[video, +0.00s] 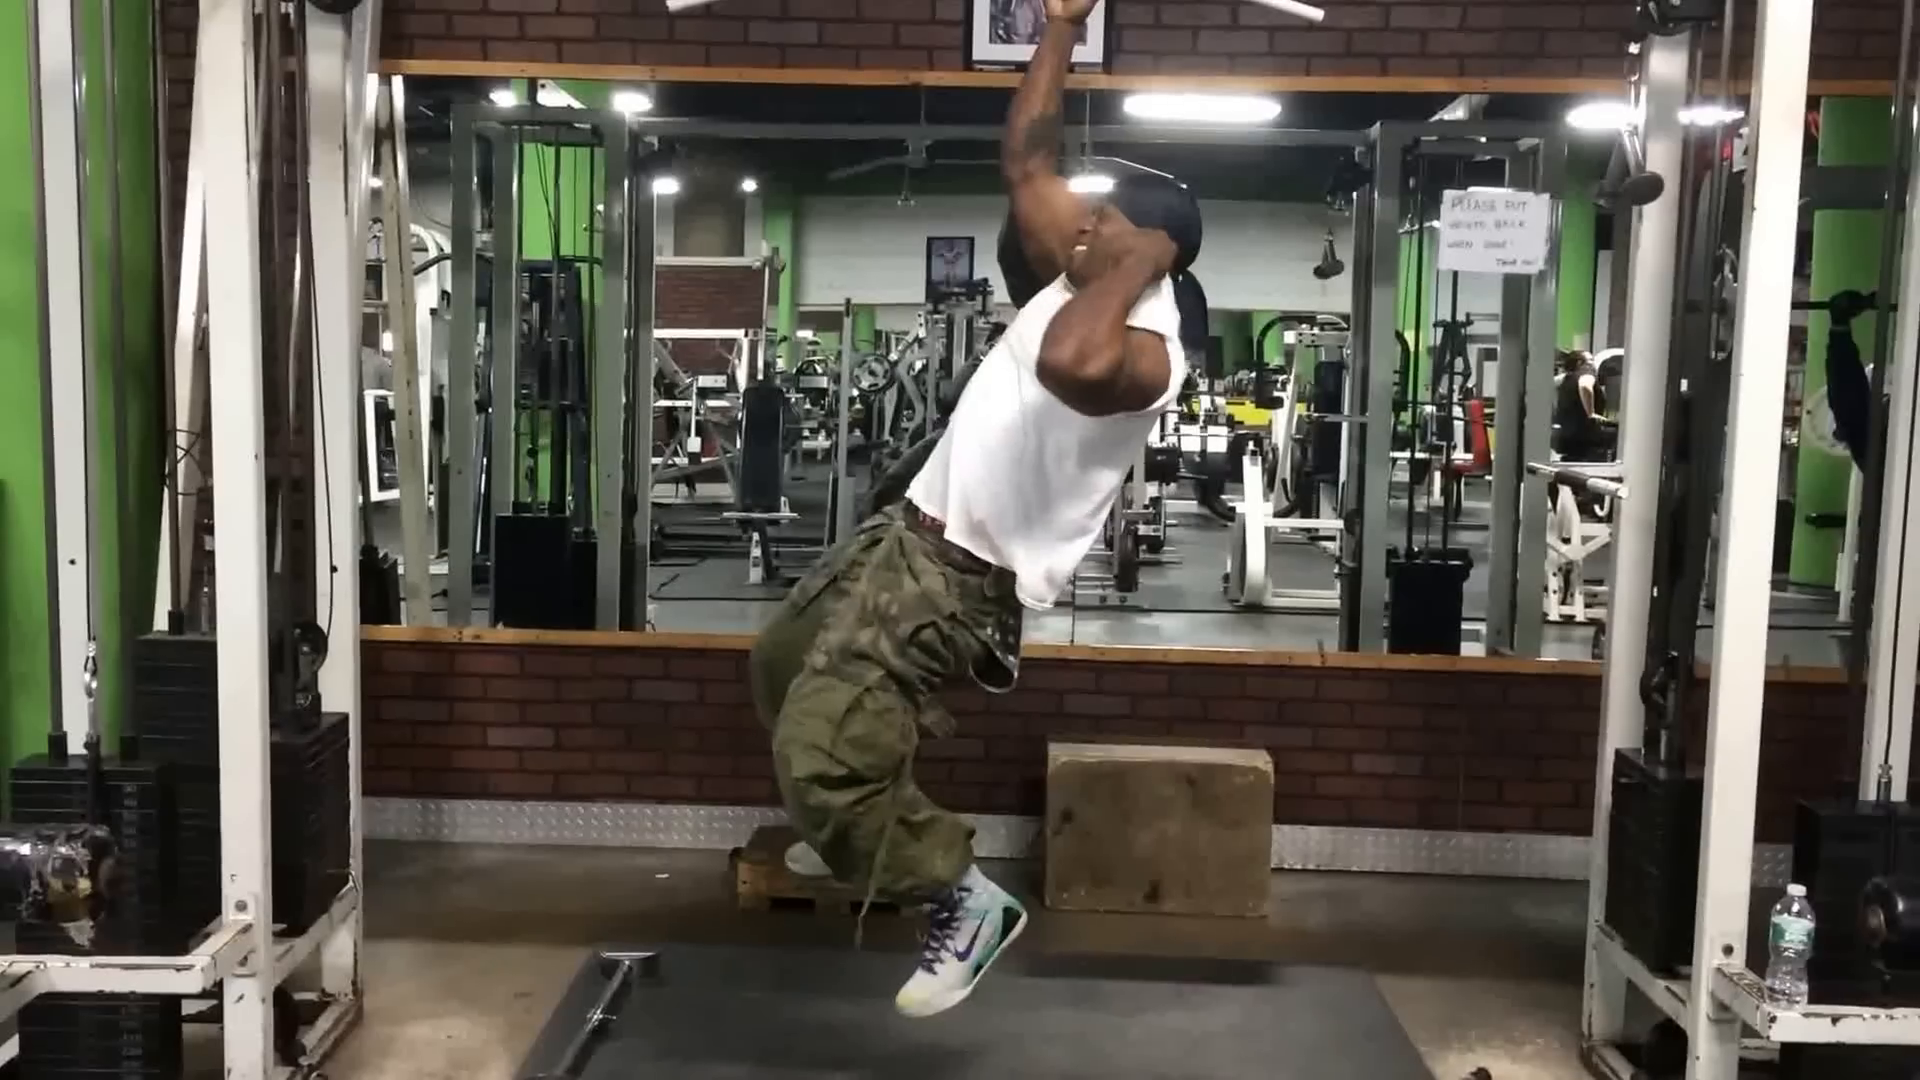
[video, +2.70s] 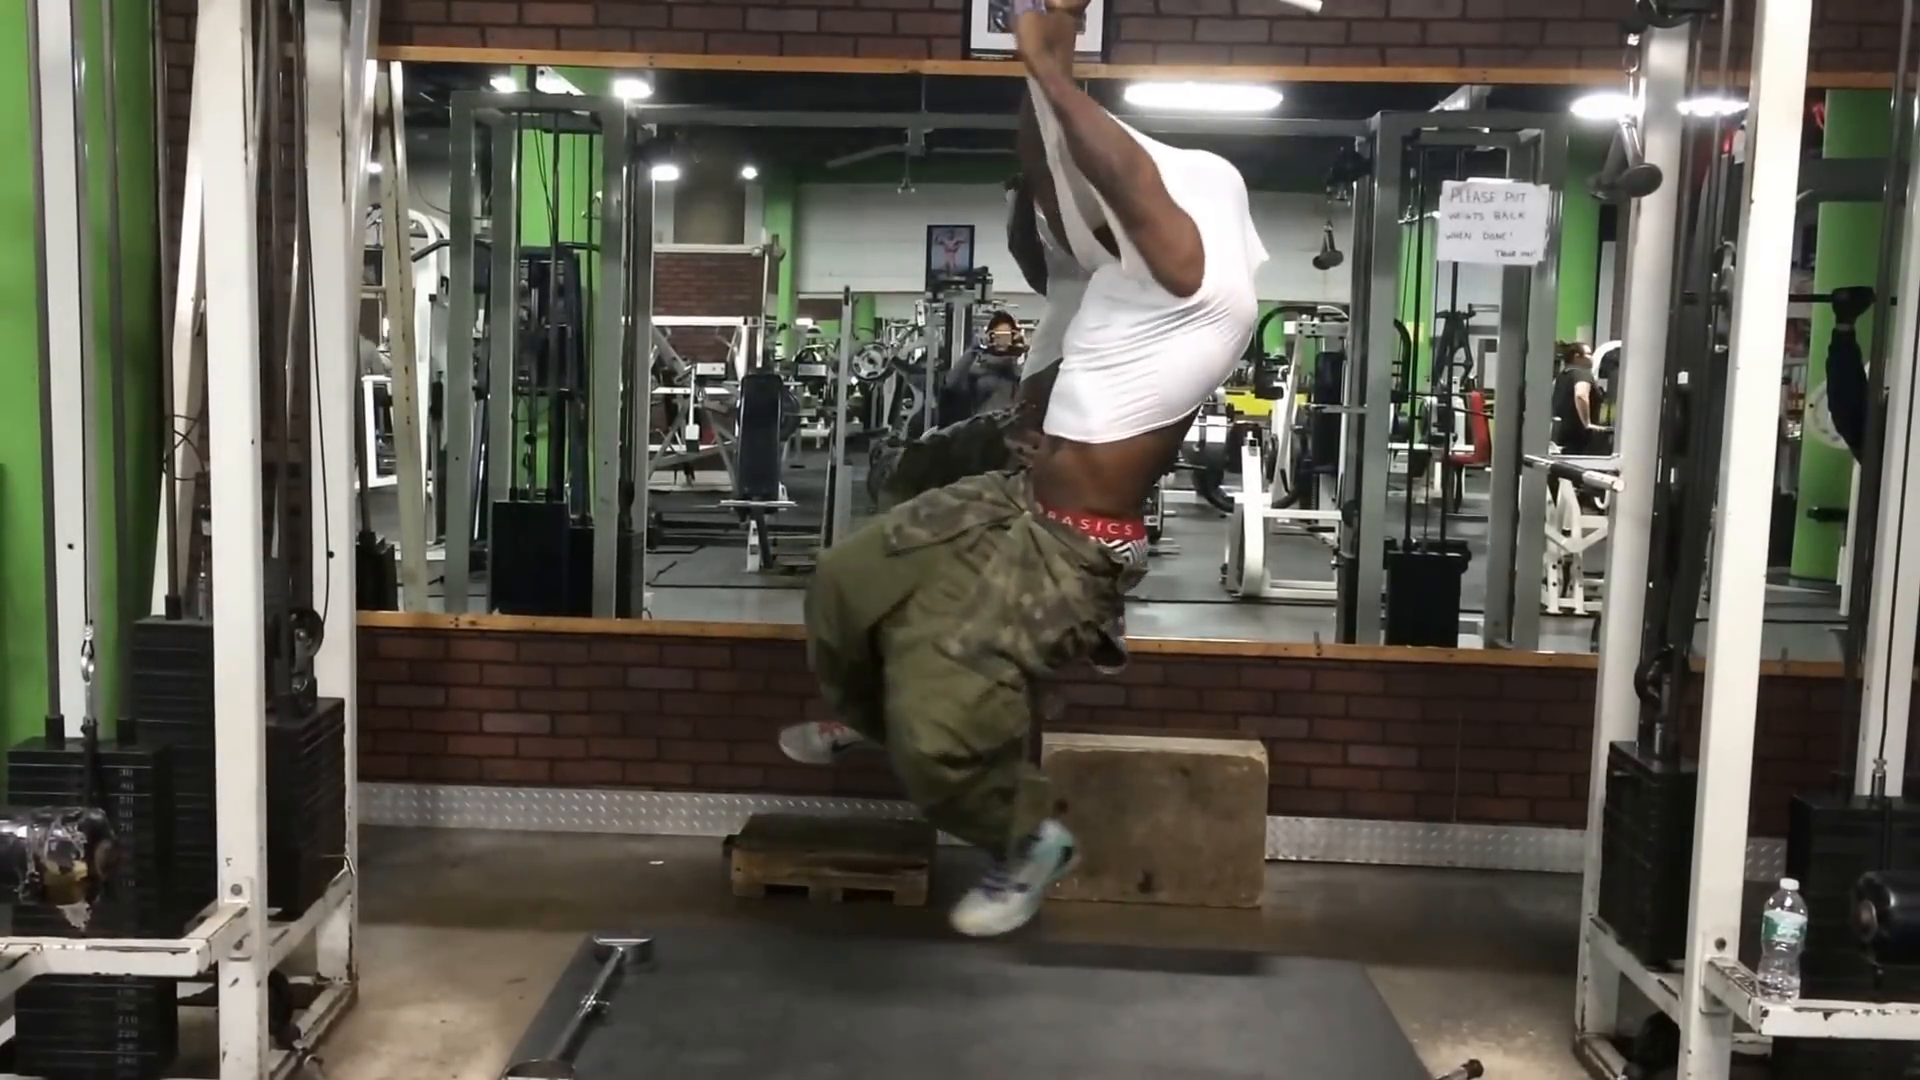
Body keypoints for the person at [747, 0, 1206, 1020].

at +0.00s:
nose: (1083, 216)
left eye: (1101, 205)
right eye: (1090, 203)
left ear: (1139, 239)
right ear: (1111, 231)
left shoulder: (1151, 344)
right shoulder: (1073, 282)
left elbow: (1072, 360)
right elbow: (1028, 160)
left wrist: (1138, 251)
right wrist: (1060, 30)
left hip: (955, 583)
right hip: (901, 534)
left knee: (825, 768)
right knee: (778, 666)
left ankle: (966, 899)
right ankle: (855, 840)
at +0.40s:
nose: (1105, 237)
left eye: (1123, 229)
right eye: (1109, 225)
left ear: (1166, 247)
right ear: (1109, 235)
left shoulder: (1191, 340)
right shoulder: (1095, 272)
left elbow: (1187, 326)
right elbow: (1036, 152)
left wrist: (1224, 268)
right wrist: (1061, 29)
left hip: (1015, 587)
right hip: (945, 532)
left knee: (947, 790)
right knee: (839, 662)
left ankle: (1082, 856)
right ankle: (911, 780)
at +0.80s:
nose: (1137, 194)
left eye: (1157, 188)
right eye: (1139, 186)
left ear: (1195, 207)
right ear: (1146, 213)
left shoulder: (1226, 274)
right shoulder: (1115, 255)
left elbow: (1278, 216)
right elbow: (1047, 158)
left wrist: (1243, 120)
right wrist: (1062, 26)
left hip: (1101, 556)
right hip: (1019, 521)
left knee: (1063, 768)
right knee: (925, 666)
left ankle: (1192, 802)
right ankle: (1011, 771)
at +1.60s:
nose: (1081, 204)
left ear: (1176, 216)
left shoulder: (1174, 278)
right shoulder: (1094, 268)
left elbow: (1197, 157)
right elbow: (1037, 145)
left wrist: (1213, 241)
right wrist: (1063, 19)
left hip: (1029, 561)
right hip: (962, 542)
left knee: (922, 769)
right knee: (861, 710)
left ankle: (1093, 895)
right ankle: (976, 862)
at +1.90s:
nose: (1079, 182)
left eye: (1089, 175)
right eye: (1074, 177)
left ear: (1141, 197)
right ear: (1083, 208)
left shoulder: (1153, 279)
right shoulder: (1081, 263)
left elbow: (1179, 144)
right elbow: (1032, 147)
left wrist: (1232, 156)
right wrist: (1058, 22)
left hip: (969, 549)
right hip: (929, 528)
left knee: (809, 737)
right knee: (829, 688)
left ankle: (959, 905)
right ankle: (932, 855)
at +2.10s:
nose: (1058, 176)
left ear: (1128, 199)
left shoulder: (1159, 281)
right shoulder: (1092, 279)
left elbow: (1112, 142)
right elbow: (1031, 151)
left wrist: (1155, 71)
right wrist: (1056, 26)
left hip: (977, 543)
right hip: (942, 518)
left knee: (788, 697)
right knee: (787, 638)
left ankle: (899, 881)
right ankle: (866, 825)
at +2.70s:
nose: (1059, 214)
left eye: (1064, 199)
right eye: (1053, 202)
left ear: (1150, 199)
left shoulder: (1206, 291)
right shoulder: (1098, 273)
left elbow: (1133, 185)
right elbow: (1054, 193)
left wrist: (1053, 75)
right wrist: (1037, 88)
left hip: (1075, 546)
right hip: (1015, 494)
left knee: (929, 712)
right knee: (845, 580)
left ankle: (1028, 842)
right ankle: (860, 720)